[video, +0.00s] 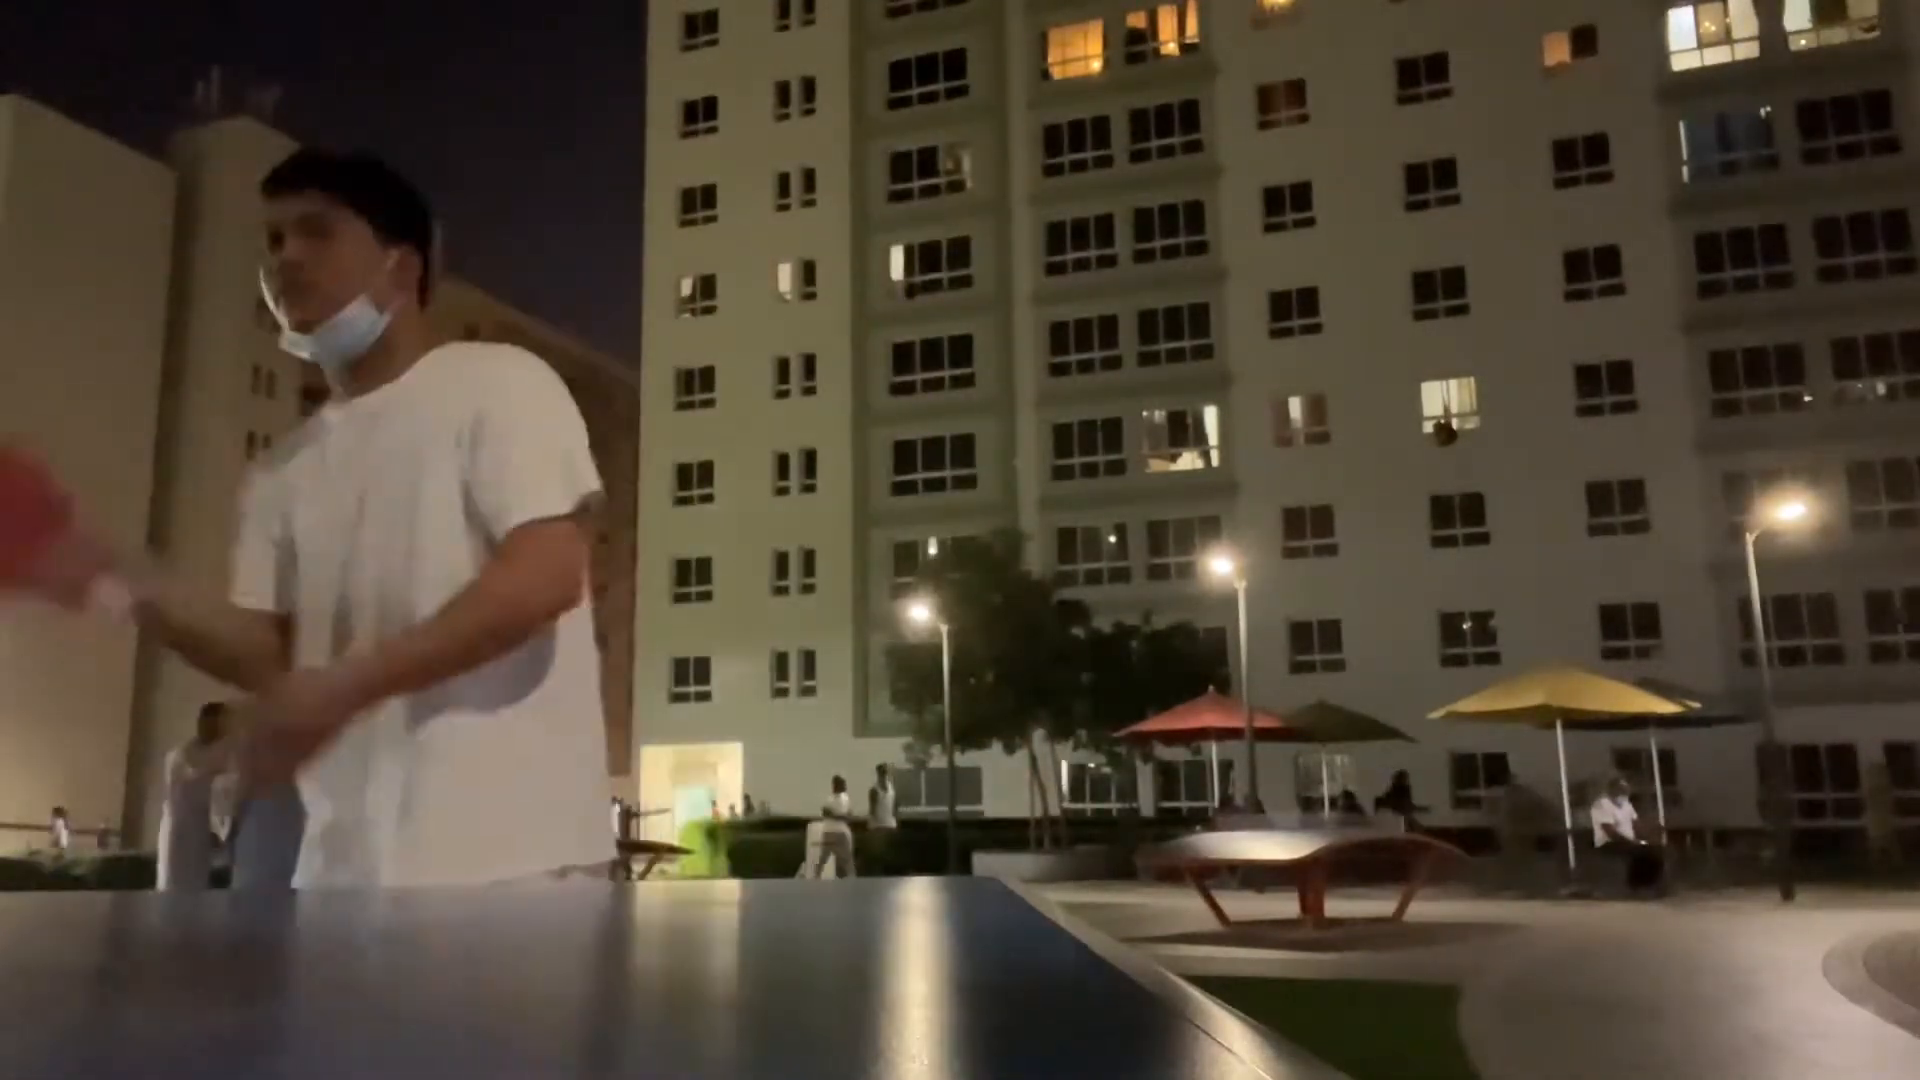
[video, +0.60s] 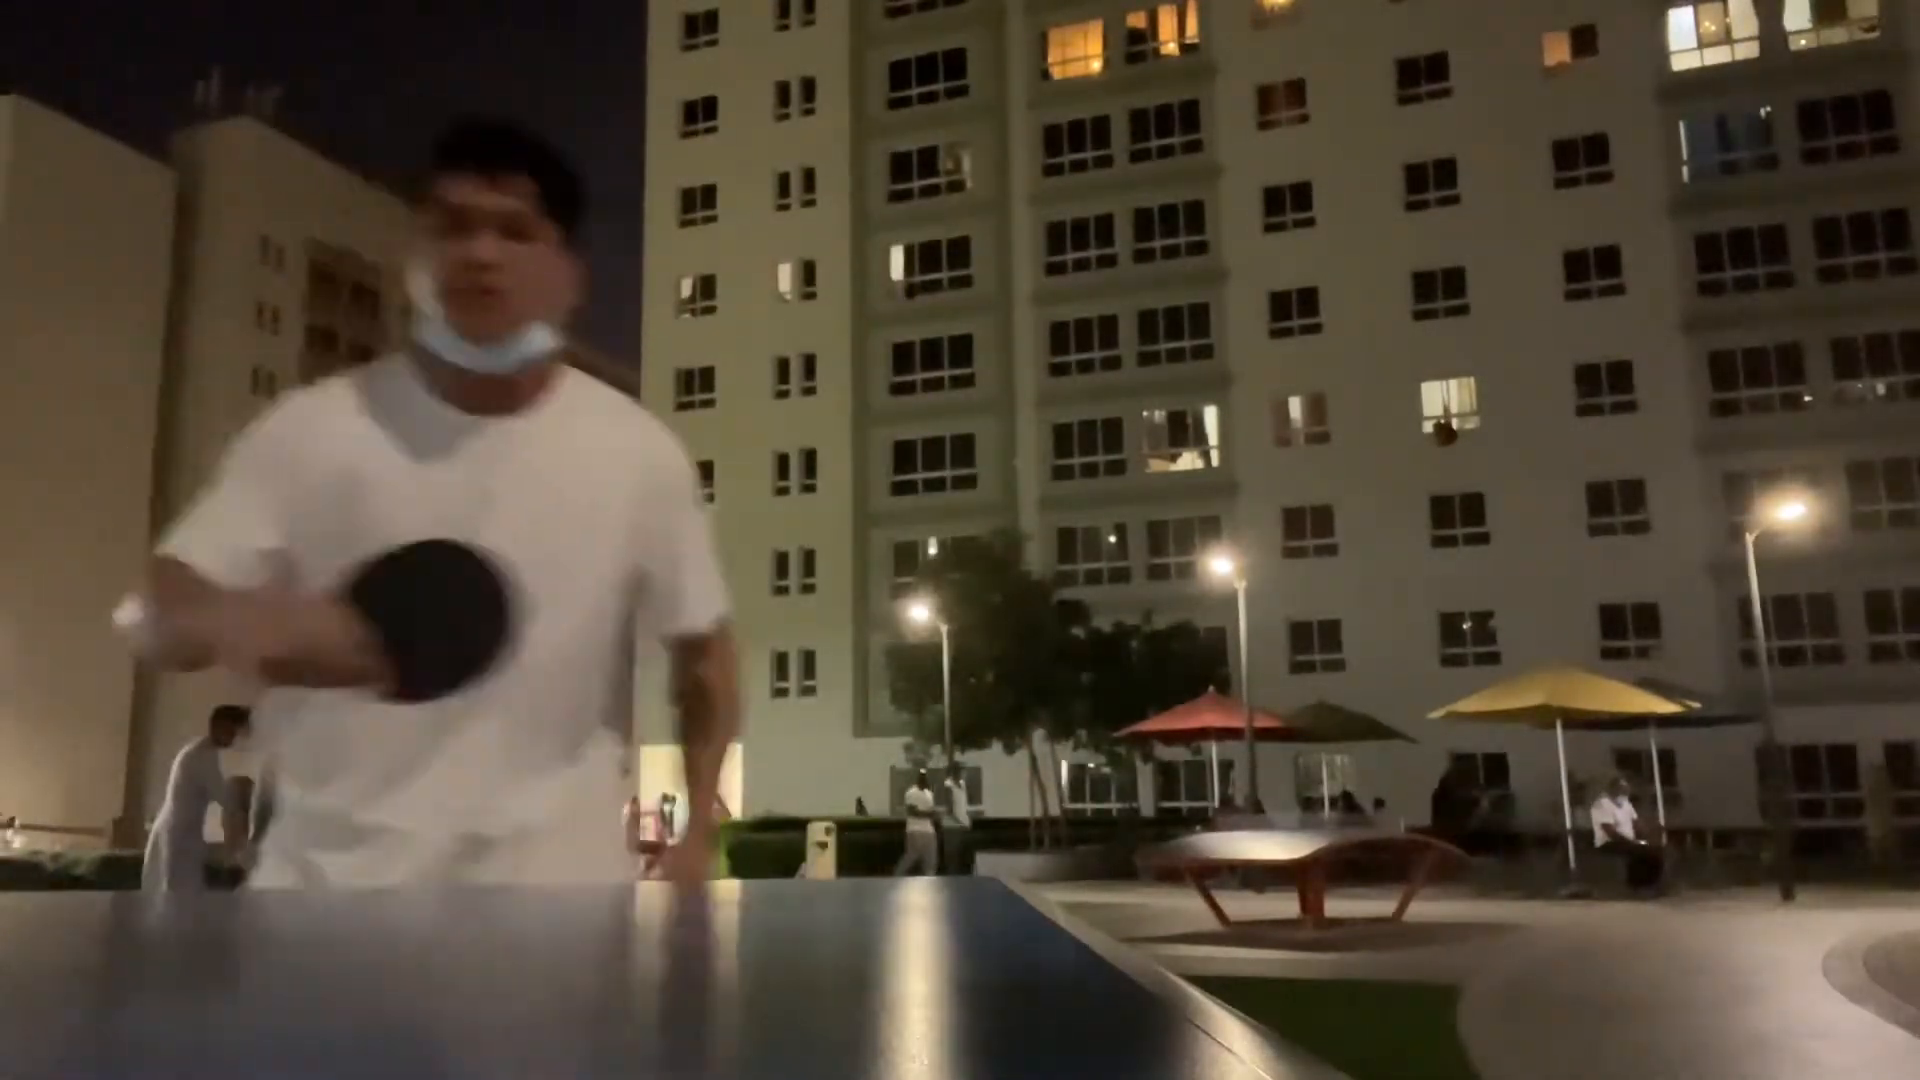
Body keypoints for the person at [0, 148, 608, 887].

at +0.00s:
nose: (284, 261)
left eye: (316, 233)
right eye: (274, 242)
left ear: (401, 266)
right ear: (260, 277)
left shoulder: (497, 385)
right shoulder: (281, 474)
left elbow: (548, 571)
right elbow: (265, 656)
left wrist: (342, 688)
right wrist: (123, 582)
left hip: (512, 869)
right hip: (347, 880)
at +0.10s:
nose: (336, 231)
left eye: (369, 210)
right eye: (315, 214)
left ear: (435, 249)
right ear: (296, 253)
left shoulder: (534, 403)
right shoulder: (263, 449)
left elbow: (616, 595)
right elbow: (231, 647)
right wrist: (181, 559)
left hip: (515, 868)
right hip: (329, 874)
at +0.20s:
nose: (397, 221)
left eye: (431, 200)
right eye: (374, 201)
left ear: (495, 251)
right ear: (349, 243)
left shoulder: (580, 416)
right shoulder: (292, 428)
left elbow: (665, 612)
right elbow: (252, 630)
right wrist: (190, 602)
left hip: (516, 862)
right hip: (330, 862)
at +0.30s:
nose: (399, 219)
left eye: (433, 198)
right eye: (375, 196)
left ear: (492, 250)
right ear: (346, 237)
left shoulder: (579, 415)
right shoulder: (282, 425)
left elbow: (670, 621)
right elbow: (233, 614)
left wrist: (683, 805)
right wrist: (179, 646)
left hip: (513, 868)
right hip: (310, 870)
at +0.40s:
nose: (349, 208)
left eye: (383, 188)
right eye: (327, 187)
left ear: (446, 238)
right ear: (296, 226)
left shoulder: (539, 413)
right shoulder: (227, 424)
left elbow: (646, 607)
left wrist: (666, 794)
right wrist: (118, 627)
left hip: (481, 876)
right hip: (269, 881)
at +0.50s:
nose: (345, 212)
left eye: (380, 191)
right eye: (321, 190)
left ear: (446, 240)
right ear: (291, 228)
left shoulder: (534, 417)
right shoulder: (211, 417)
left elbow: (635, 612)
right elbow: (63, 604)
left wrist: (636, 803)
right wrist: (133, 616)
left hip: (472, 868)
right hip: (258, 871)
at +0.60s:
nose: (478, 253)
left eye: (512, 230)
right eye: (452, 227)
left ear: (567, 270)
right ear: (416, 255)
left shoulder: (633, 454)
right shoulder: (314, 432)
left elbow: (704, 647)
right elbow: (159, 613)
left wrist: (700, 827)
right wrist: (286, 631)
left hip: (550, 894)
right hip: (329, 892)